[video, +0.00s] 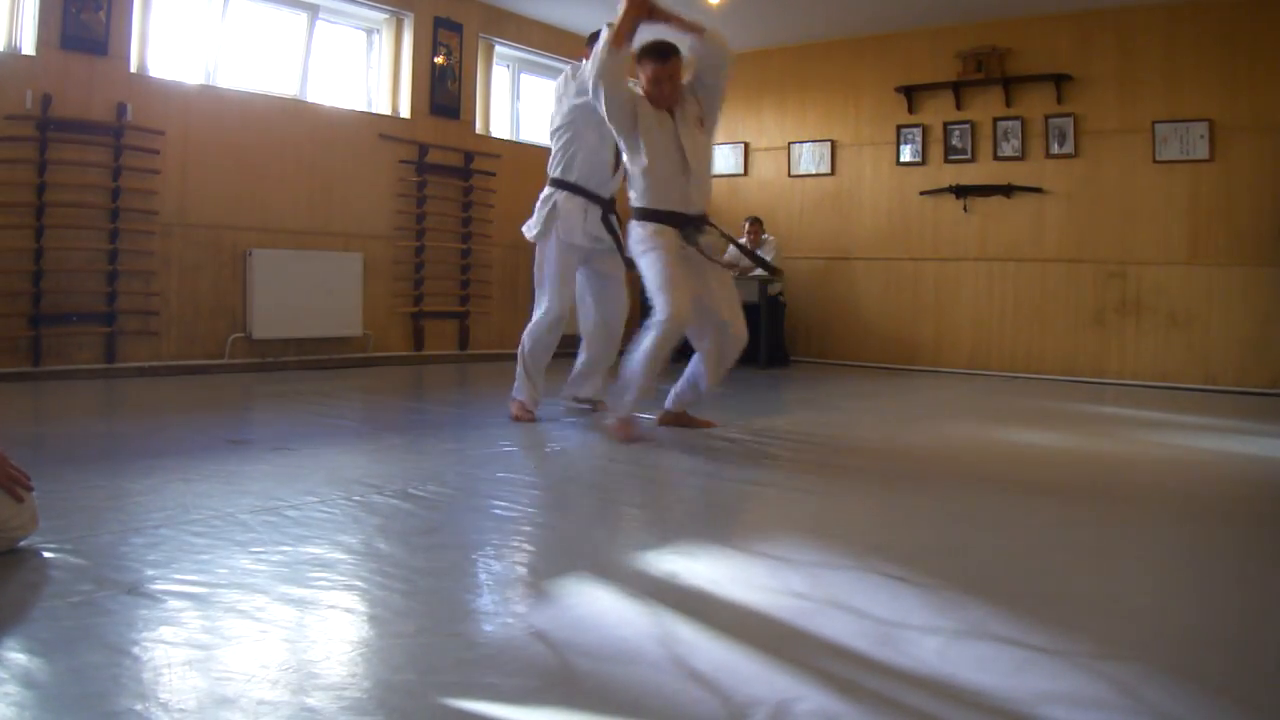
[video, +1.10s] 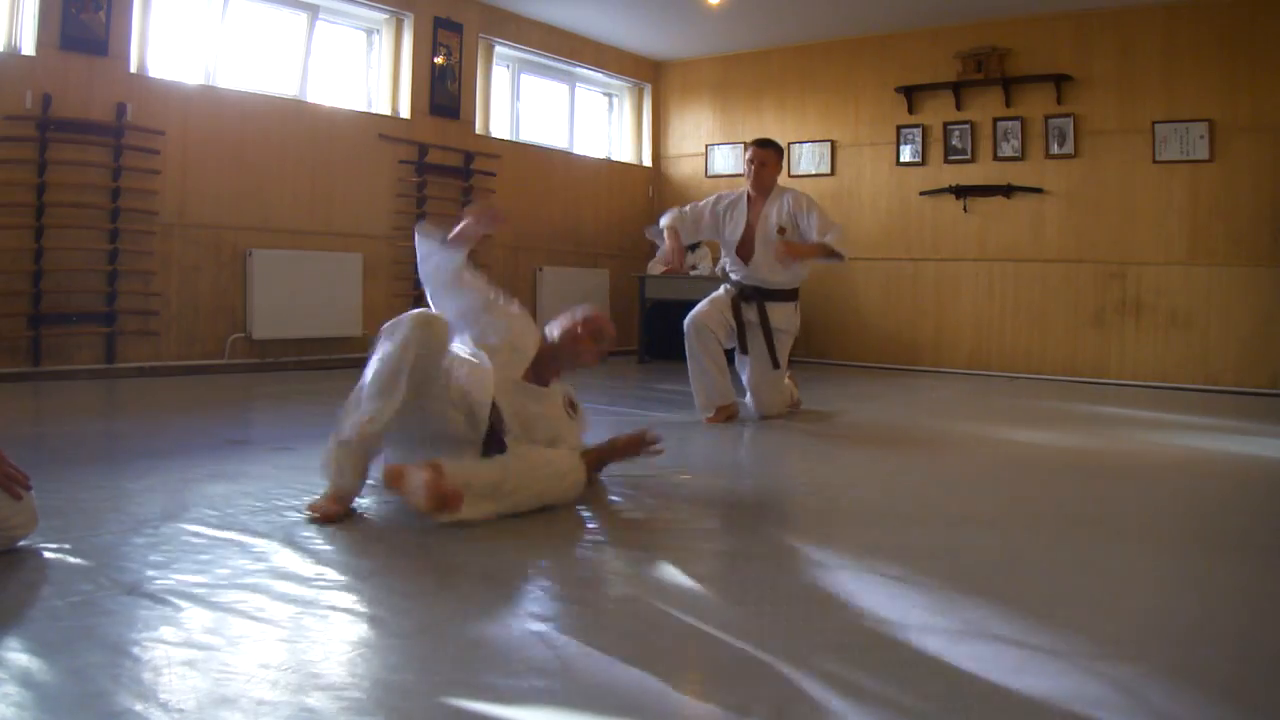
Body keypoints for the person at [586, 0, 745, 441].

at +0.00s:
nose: (662, 86)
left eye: (668, 77)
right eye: (653, 78)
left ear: (681, 74)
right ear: (638, 79)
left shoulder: (699, 112)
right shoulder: (631, 117)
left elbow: (719, 53)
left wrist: (670, 19)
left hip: (695, 235)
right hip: (652, 230)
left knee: (730, 334)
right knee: (673, 312)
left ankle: (677, 407)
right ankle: (620, 413)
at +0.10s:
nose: (676, 96)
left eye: (684, 88)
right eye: (669, 89)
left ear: (697, 90)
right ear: (659, 92)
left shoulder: (717, 128)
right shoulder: (648, 129)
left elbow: (727, 108)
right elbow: (607, 156)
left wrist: (691, 89)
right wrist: (603, 94)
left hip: (716, 240)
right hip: (672, 239)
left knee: (755, 332)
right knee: (703, 321)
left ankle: (700, 402)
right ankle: (676, 391)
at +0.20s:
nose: (688, 128)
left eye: (696, 120)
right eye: (681, 120)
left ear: (713, 118)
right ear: (674, 121)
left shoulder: (737, 143)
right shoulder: (664, 155)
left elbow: (731, 183)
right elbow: (636, 199)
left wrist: (666, 185)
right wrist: (613, 227)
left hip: (735, 262)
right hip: (687, 262)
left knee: (770, 355)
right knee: (702, 343)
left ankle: (720, 374)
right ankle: (687, 408)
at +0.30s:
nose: (697, 165)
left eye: (706, 157)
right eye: (693, 156)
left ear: (725, 154)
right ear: (687, 155)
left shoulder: (750, 181)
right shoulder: (675, 188)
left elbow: (757, 247)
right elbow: (652, 237)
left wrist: (698, 264)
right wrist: (630, 281)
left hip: (748, 285)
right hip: (700, 283)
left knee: (758, 386)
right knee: (687, 344)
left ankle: (773, 379)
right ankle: (697, 410)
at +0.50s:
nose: (743, 189)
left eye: (752, 183)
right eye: (741, 180)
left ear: (771, 182)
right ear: (736, 177)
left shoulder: (790, 211)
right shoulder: (723, 199)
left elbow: (790, 272)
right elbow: (673, 208)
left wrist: (738, 297)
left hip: (771, 304)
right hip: (728, 289)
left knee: (768, 408)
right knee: (682, 311)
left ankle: (779, 395)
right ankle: (694, 407)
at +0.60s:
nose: (759, 185)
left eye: (766, 180)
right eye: (756, 178)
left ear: (786, 179)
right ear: (751, 175)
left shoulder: (803, 211)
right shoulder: (735, 198)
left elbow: (797, 256)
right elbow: (692, 191)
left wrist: (748, 270)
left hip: (774, 311)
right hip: (731, 298)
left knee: (767, 410)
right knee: (679, 310)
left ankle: (785, 394)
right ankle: (692, 395)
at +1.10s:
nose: (753, 170)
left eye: (762, 164)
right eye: (749, 163)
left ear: (778, 169)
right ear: (744, 166)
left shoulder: (796, 204)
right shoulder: (727, 204)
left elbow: (837, 244)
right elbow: (674, 218)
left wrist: (803, 250)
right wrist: (673, 241)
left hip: (776, 303)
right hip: (734, 294)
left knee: (763, 407)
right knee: (697, 324)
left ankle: (790, 388)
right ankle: (724, 404)